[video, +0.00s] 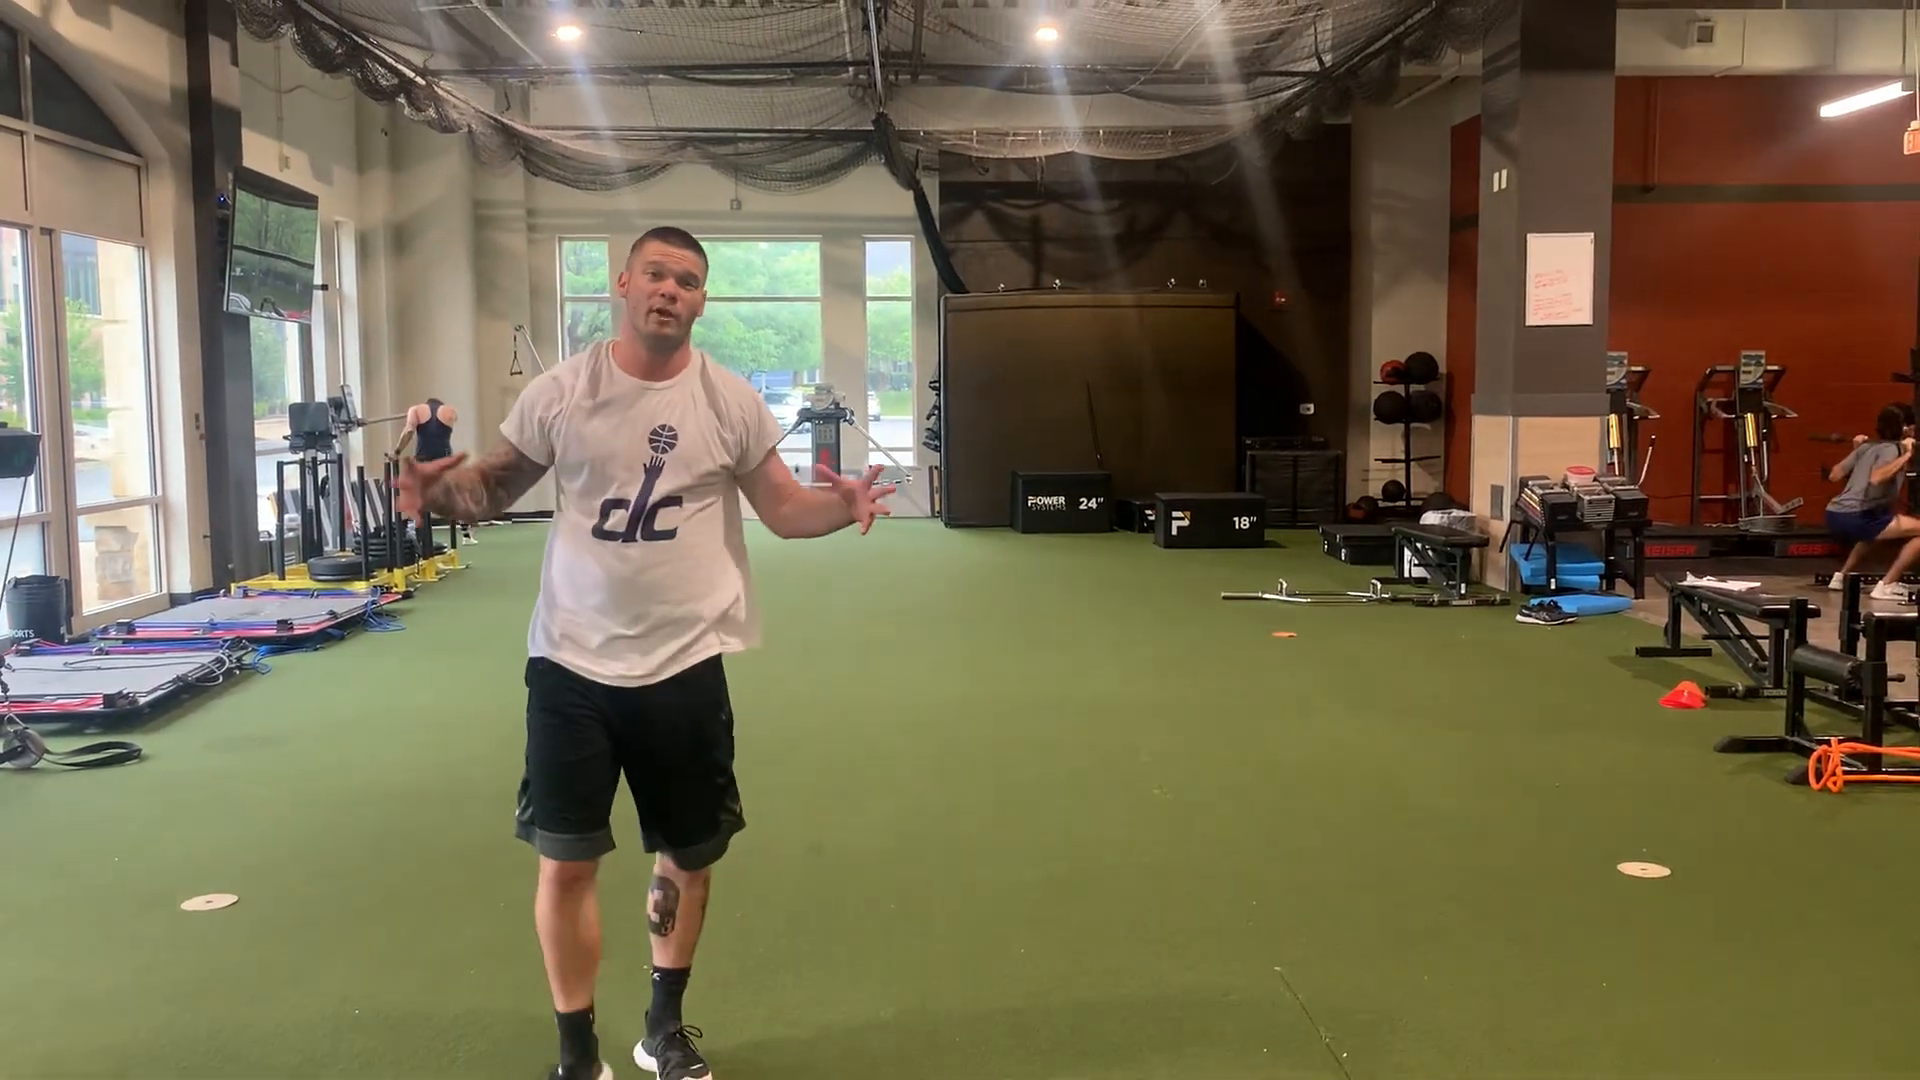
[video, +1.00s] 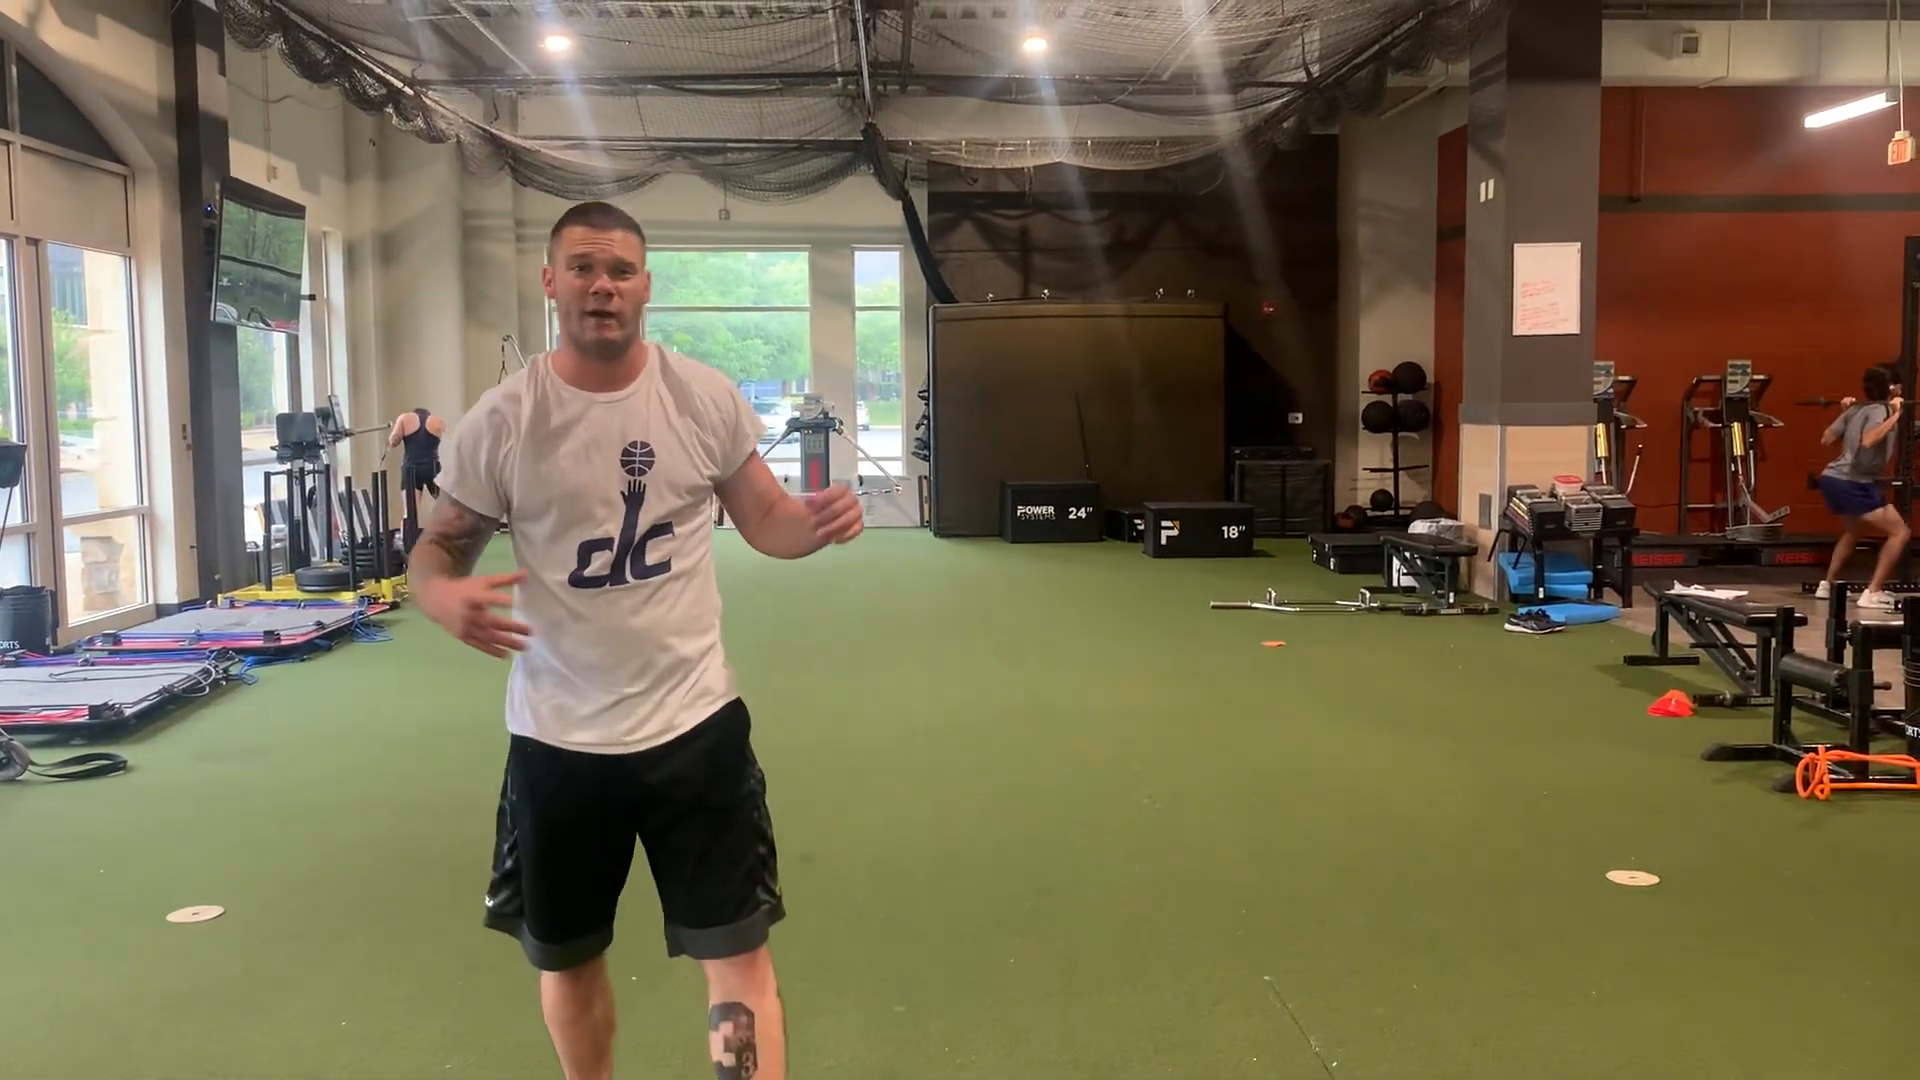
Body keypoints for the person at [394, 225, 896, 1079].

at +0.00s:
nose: (672, 290)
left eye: (688, 282)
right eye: (657, 275)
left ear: (703, 303)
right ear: (620, 285)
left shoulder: (729, 400)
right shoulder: (560, 392)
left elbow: (784, 506)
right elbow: (494, 481)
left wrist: (836, 504)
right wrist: (445, 482)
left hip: (684, 664)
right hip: (572, 661)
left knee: (687, 855)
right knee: (566, 857)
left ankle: (664, 1026)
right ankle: (577, 1058)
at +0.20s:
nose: (648, 291)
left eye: (664, 279)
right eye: (631, 275)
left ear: (681, 302)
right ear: (596, 294)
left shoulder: (721, 405)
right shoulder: (544, 410)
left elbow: (767, 514)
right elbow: (480, 522)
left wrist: (824, 508)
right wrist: (447, 525)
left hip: (688, 681)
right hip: (578, 683)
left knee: (680, 880)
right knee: (584, 887)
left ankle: (660, 1029)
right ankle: (593, 1073)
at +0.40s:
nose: (603, 286)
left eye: (617, 274)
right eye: (584, 274)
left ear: (642, 296)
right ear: (552, 299)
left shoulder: (696, 396)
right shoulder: (521, 420)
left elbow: (762, 501)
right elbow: (459, 552)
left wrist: (826, 482)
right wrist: (425, 554)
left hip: (686, 694)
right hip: (572, 699)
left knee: (679, 901)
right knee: (571, 914)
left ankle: (658, 1026)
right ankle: (585, 1074)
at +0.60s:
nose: (579, 283)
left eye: (593, 270)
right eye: (557, 271)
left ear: (618, 290)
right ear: (524, 296)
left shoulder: (679, 391)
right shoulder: (495, 425)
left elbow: (746, 502)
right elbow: (443, 561)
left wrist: (816, 479)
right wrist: (406, 566)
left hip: (683, 703)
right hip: (558, 714)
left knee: (709, 918)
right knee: (561, 929)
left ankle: (683, 1046)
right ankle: (584, 1077)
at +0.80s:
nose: (582, 287)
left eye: (598, 270)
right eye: (561, 270)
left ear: (623, 285)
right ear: (528, 286)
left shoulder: (682, 390)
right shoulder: (489, 422)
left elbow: (749, 504)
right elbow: (432, 557)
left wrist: (812, 492)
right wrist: (396, 571)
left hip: (686, 707)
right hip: (555, 724)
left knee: (732, 929)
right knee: (562, 943)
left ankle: (740, 1076)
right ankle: (588, 1078)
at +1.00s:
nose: (603, 286)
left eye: (622, 270)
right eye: (583, 267)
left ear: (647, 287)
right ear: (549, 283)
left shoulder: (706, 400)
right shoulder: (502, 422)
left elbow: (767, 519)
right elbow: (437, 548)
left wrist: (818, 520)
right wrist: (438, 592)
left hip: (696, 723)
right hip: (561, 738)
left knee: (736, 948)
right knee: (568, 958)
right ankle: (586, 1079)